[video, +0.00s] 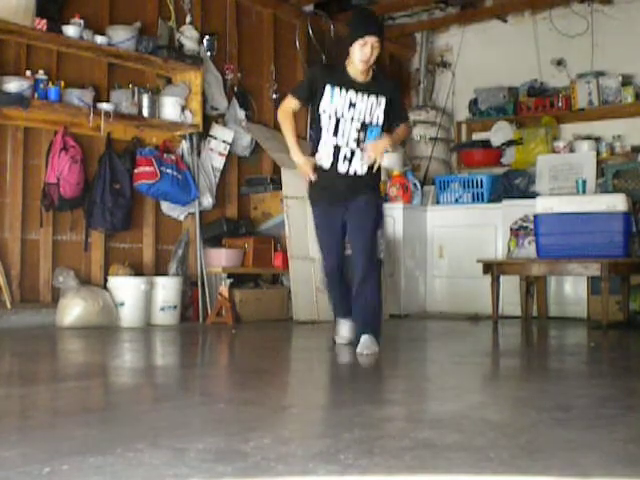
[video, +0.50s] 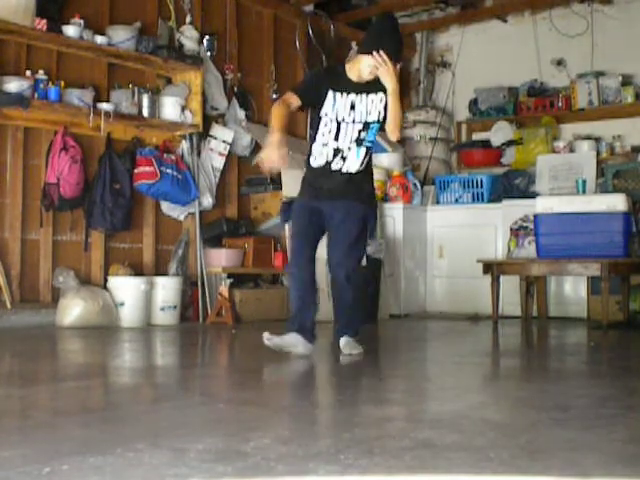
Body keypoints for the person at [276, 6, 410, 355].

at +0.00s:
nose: (369, 52)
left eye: (374, 46)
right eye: (363, 45)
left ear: (379, 50)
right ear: (349, 46)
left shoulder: (386, 88)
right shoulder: (322, 79)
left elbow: (403, 127)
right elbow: (285, 110)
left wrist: (386, 142)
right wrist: (298, 155)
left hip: (363, 188)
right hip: (325, 187)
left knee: (365, 259)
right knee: (332, 261)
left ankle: (367, 332)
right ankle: (343, 317)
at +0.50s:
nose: (382, 72)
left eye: (387, 68)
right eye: (382, 65)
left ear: (386, 64)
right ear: (369, 55)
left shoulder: (384, 91)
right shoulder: (325, 79)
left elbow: (394, 135)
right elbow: (283, 105)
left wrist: (392, 87)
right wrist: (276, 141)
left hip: (352, 194)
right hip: (312, 190)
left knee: (344, 267)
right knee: (299, 262)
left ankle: (347, 335)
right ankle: (301, 334)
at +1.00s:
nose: (345, 34)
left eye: (349, 27)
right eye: (338, 28)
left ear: (357, 32)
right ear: (325, 32)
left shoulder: (366, 68)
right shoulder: (304, 62)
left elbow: (360, 105)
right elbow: (275, 96)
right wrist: (248, 130)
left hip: (335, 169)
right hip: (304, 164)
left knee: (316, 249)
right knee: (322, 246)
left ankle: (263, 326)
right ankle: (307, 336)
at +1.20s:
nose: (331, 38)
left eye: (336, 31)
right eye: (324, 31)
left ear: (343, 37)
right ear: (311, 35)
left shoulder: (357, 79)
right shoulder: (290, 68)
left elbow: (379, 122)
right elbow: (261, 113)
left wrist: (398, 163)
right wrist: (291, 123)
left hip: (329, 182)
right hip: (288, 178)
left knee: (327, 259)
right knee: (287, 244)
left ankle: (325, 333)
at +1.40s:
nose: (306, 35)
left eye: (313, 28)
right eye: (300, 28)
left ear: (323, 29)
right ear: (292, 28)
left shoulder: (338, 61)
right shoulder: (282, 48)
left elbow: (376, 91)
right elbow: (273, 80)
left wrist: (355, 107)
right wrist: (319, 86)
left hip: (308, 175)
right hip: (268, 170)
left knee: (318, 254)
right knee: (246, 240)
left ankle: (330, 324)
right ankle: (258, 292)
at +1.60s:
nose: (294, 60)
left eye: (300, 53)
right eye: (287, 53)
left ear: (311, 53)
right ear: (278, 52)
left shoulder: (322, 89)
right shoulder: (265, 73)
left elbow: (332, 142)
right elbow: (223, 77)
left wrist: (302, 111)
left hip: (301, 192)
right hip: (260, 190)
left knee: (316, 267)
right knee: (253, 265)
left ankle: (327, 331)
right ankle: (227, 332)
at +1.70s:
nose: (296, 53)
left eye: (302, 46)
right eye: (290, 46)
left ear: (310, 46)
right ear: (278, 46)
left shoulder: (319, 72)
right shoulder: (256, 69)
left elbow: (333, 118)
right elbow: (204, 80)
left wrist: (298, 92)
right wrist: (168, 109)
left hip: (313, 189)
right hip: (275, 191)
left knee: (336, 257)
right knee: (261, 269)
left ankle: (328, 318)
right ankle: (231, 327)